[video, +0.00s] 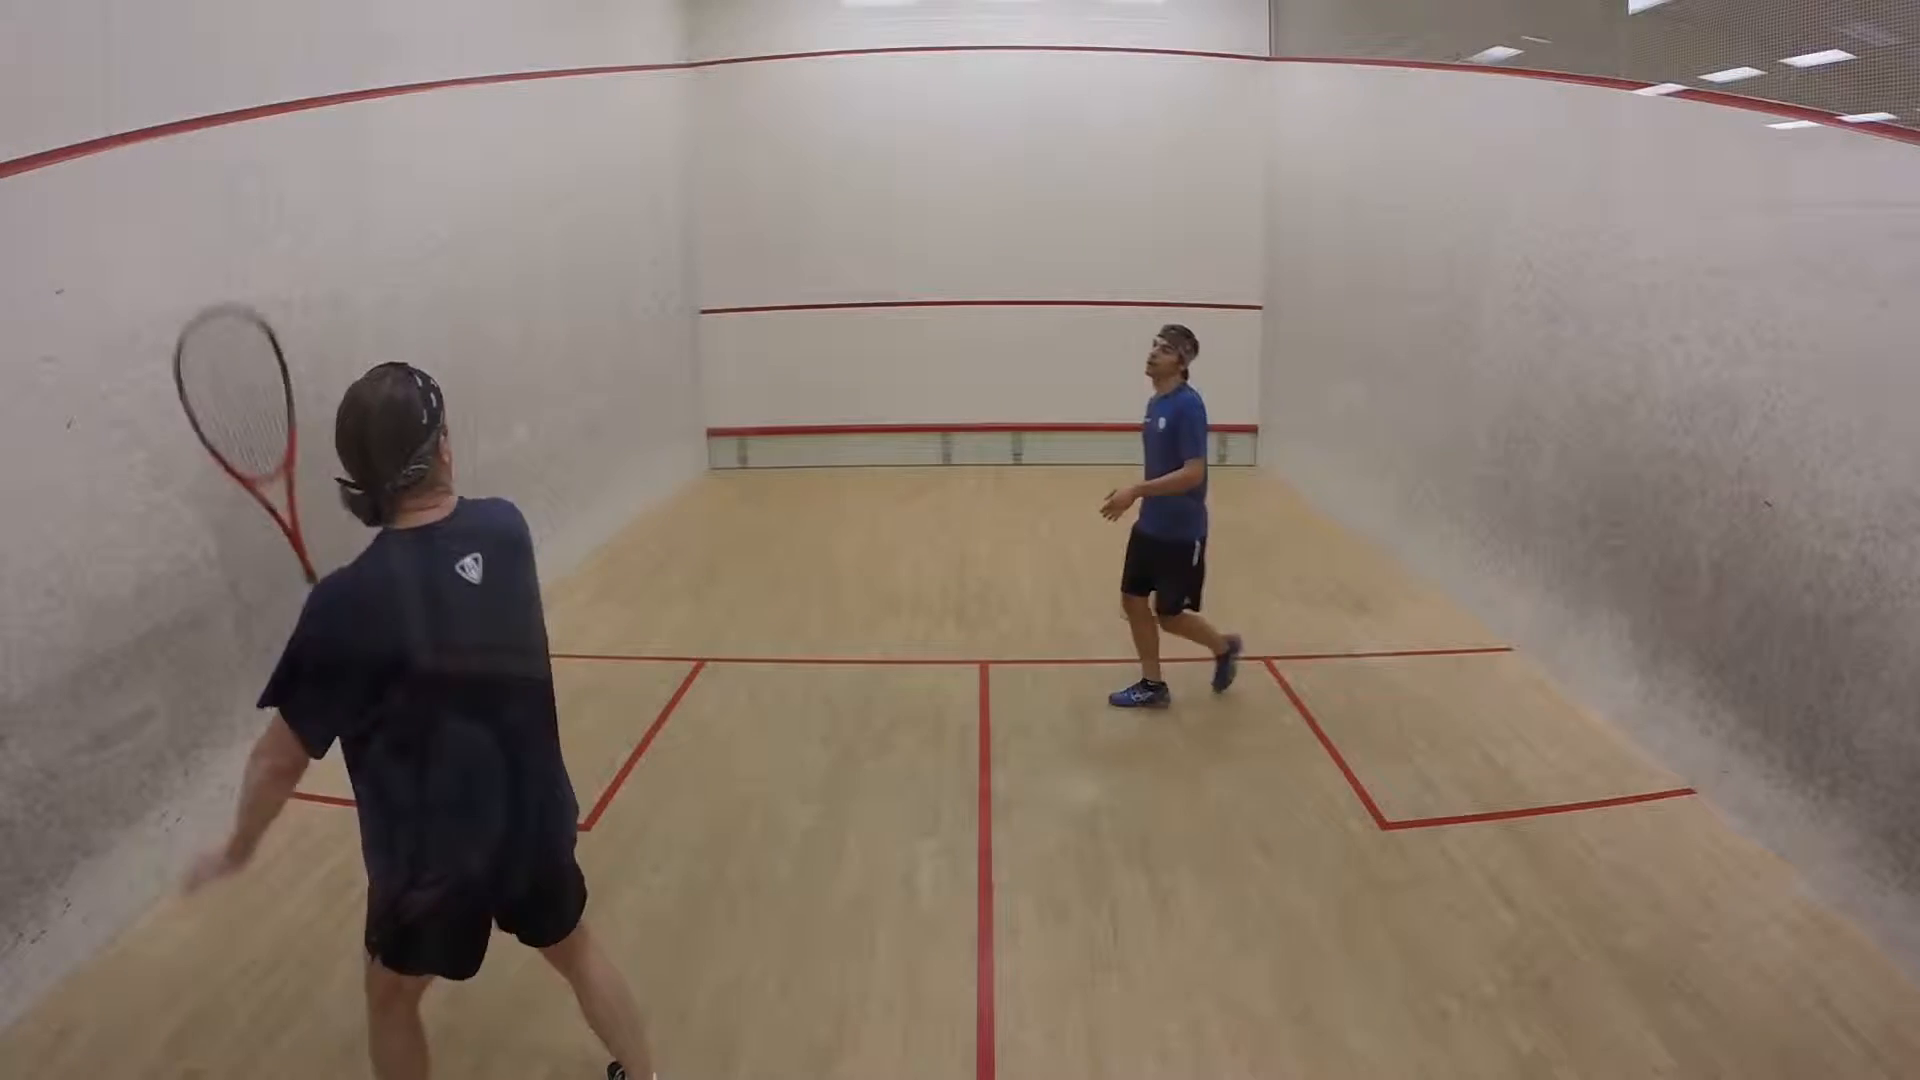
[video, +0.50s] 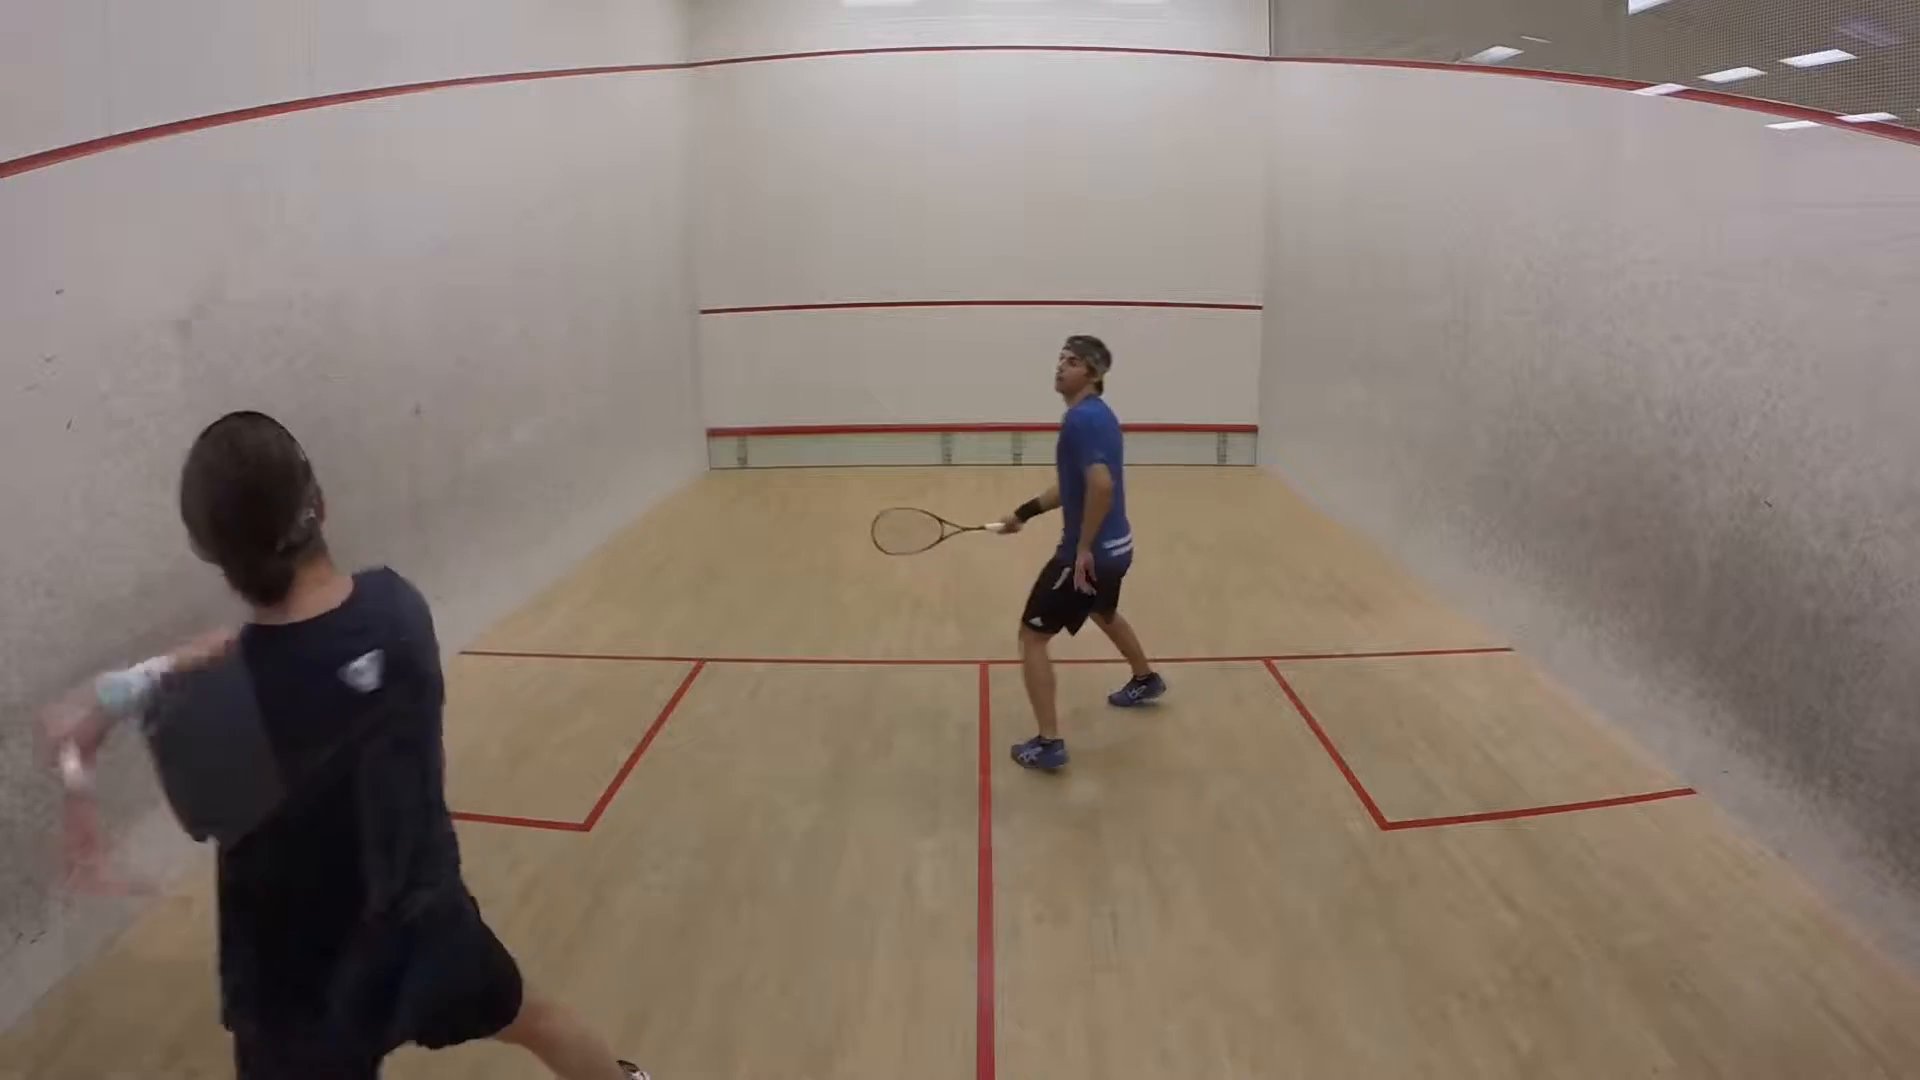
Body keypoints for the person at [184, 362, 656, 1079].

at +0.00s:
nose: (453, 440)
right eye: (448, 430)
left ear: (356, 477)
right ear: (444, 452)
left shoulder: (346, 602)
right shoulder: (505, 531)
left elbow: (280, 756)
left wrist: (238, 847)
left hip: (424, 858)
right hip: (531, 825)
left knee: (394, 1003)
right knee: (580, 953)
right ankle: (641, 1070)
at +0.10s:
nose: (445, 434)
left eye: (436, 421)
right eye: (439, 427)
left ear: (347, 487)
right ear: (437, 453)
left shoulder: (353, 621)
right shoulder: (487, 528)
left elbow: (260, 730)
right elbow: (411, 591)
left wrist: (199, 771)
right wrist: (315, 593)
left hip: (421, 863)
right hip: (520, 830)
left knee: (364, 1017)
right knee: (564, 953)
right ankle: (637, 1069)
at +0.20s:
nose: (427, 448)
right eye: (419, 439)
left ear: (325, 498)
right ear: (416, 465)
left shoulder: (355, 637)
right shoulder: (456, 530)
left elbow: (251, 707)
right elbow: (352, 578)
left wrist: (188, 699)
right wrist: (266, 583)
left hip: (405, 879)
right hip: (499, 836)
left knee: (343, 1057)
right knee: (553, 966)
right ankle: (634, 1069)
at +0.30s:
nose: (386, 463)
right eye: (382, 458)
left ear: (280, 518)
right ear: (380, 483)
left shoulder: (333, 660)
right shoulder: (422, 557)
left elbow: (213, 717)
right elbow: (301, 595)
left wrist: (185, 648)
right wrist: (229, 611)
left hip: (377, 903)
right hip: (466, 856)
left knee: (339, 1061)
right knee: (533, 983)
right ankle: (634, 1072)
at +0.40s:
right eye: (345, 476)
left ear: (245, 561)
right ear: (345, 506)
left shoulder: (290, 701)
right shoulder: (391, 587)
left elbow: (257, 800)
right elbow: (266, 631)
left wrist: (196, 740)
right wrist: (180, 666)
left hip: (342, 931)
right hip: (435, 882)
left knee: (323, 1055)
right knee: (520, 1006)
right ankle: (617, 1070)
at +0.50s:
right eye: (314, 484)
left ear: (208, 551)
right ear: (317, 505)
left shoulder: (220, 695)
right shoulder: (398, 605)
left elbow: (204, 822)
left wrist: (177, 709)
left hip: (299, 960)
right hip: (420, 919)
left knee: (284, 1064)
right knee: (533, 1020)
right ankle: (618, 1072)